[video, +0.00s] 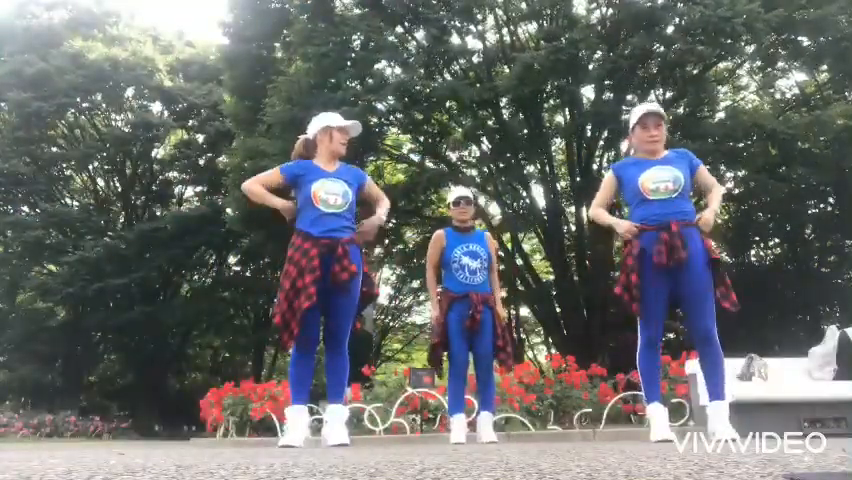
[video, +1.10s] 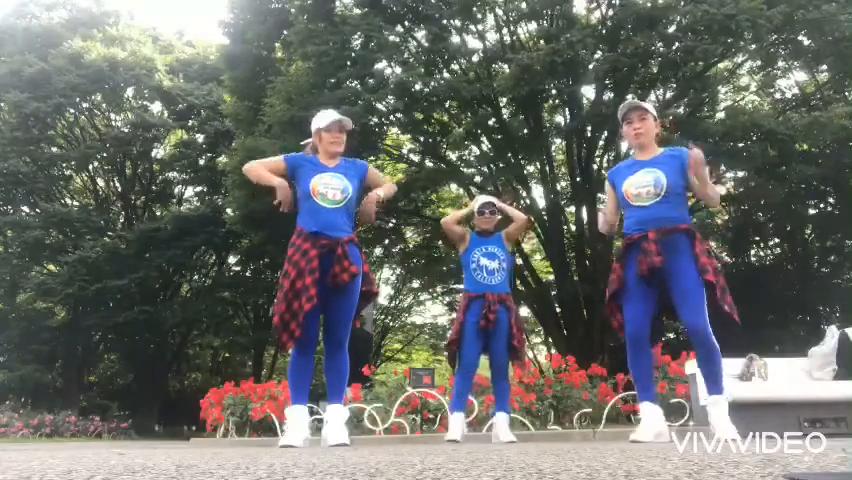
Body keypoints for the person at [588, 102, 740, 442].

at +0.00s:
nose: (652, 131)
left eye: (657, 125)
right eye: (645, 126)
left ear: (666, 130)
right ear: (632, 133)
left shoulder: (683, 157)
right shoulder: (620, 168)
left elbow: (713, 187)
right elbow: (595, 210)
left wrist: (711, 210)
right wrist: (615, 222)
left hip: (689, 240)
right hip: (648, 244)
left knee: (706, 331)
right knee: (651, 334)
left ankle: (719, 414)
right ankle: (656, 413)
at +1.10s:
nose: (636, 125)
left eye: (642, 119)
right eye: (629, 122)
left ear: (657, 125)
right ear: (623, 133)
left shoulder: (682, 156)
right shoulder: (617, 174)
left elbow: (712, 199)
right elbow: (607, 226)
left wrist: (701, 173)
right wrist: (602, 212)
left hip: (676, 242)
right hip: (636, 250)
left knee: (697, 326)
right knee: (634, 332)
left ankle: (718, 409)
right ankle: (650, 417)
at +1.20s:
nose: (637, 131)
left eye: (643, 124)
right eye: (630, 128)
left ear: (657, 130)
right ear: (625, 138)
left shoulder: (679, 158)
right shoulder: (620, 175)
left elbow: (724, 165)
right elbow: (593, 209)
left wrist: (699, 132)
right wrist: (593, 169)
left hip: (674, 247)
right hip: (635, 252)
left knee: (686, 327)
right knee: (627, 332)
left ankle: (713, 408)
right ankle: (650, 416)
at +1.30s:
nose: (636, 130)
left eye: (641, 124)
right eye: (629, 128)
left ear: (657, 129)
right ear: (625, 140)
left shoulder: (678, 152)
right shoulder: (625, 172)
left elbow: (718, 124)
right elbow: (587, 167)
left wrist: (688, 95)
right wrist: (595, 139)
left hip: (677, 250)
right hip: (639, 256)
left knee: (688, 329)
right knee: (621, 328)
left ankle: (713, 408)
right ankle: (648, 413)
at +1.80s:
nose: (617, 154)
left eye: (623, 149)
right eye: (611, 151)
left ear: (636, 155)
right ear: (607, 160)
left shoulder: (650, 170)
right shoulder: (605, 190)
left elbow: (662, 132)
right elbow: (600, 165)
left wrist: (682, 99)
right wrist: (608, 131)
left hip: (662, 253)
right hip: (631, 267)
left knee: (674, 324)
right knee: (624, 345)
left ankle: (704, 402)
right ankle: (652, 419)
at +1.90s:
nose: (614, 169)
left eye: (619, 163)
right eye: (609, 167)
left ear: (633, 164)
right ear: (605, 174)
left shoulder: (649, 181)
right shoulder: (608, 201)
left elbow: (661, 156)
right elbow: (598, 205)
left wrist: (681, 135)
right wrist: (600, 175)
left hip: (659, 264)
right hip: (629, 272)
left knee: (655, 338)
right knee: (613, 345)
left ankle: (684, 410)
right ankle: (651, 417)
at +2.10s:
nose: (608, 171)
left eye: (613, 165)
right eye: (601, 168)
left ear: (625, 167)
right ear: (595, 176)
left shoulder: (635, 182)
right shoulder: (599, 206)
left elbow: (649, 182)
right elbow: (593, 229)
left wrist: (674, 181)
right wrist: (600, 229)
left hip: (660, 263)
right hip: (633, 276)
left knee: (668, 335)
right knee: (605, 333)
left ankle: (687, 409)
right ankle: (631, 402)